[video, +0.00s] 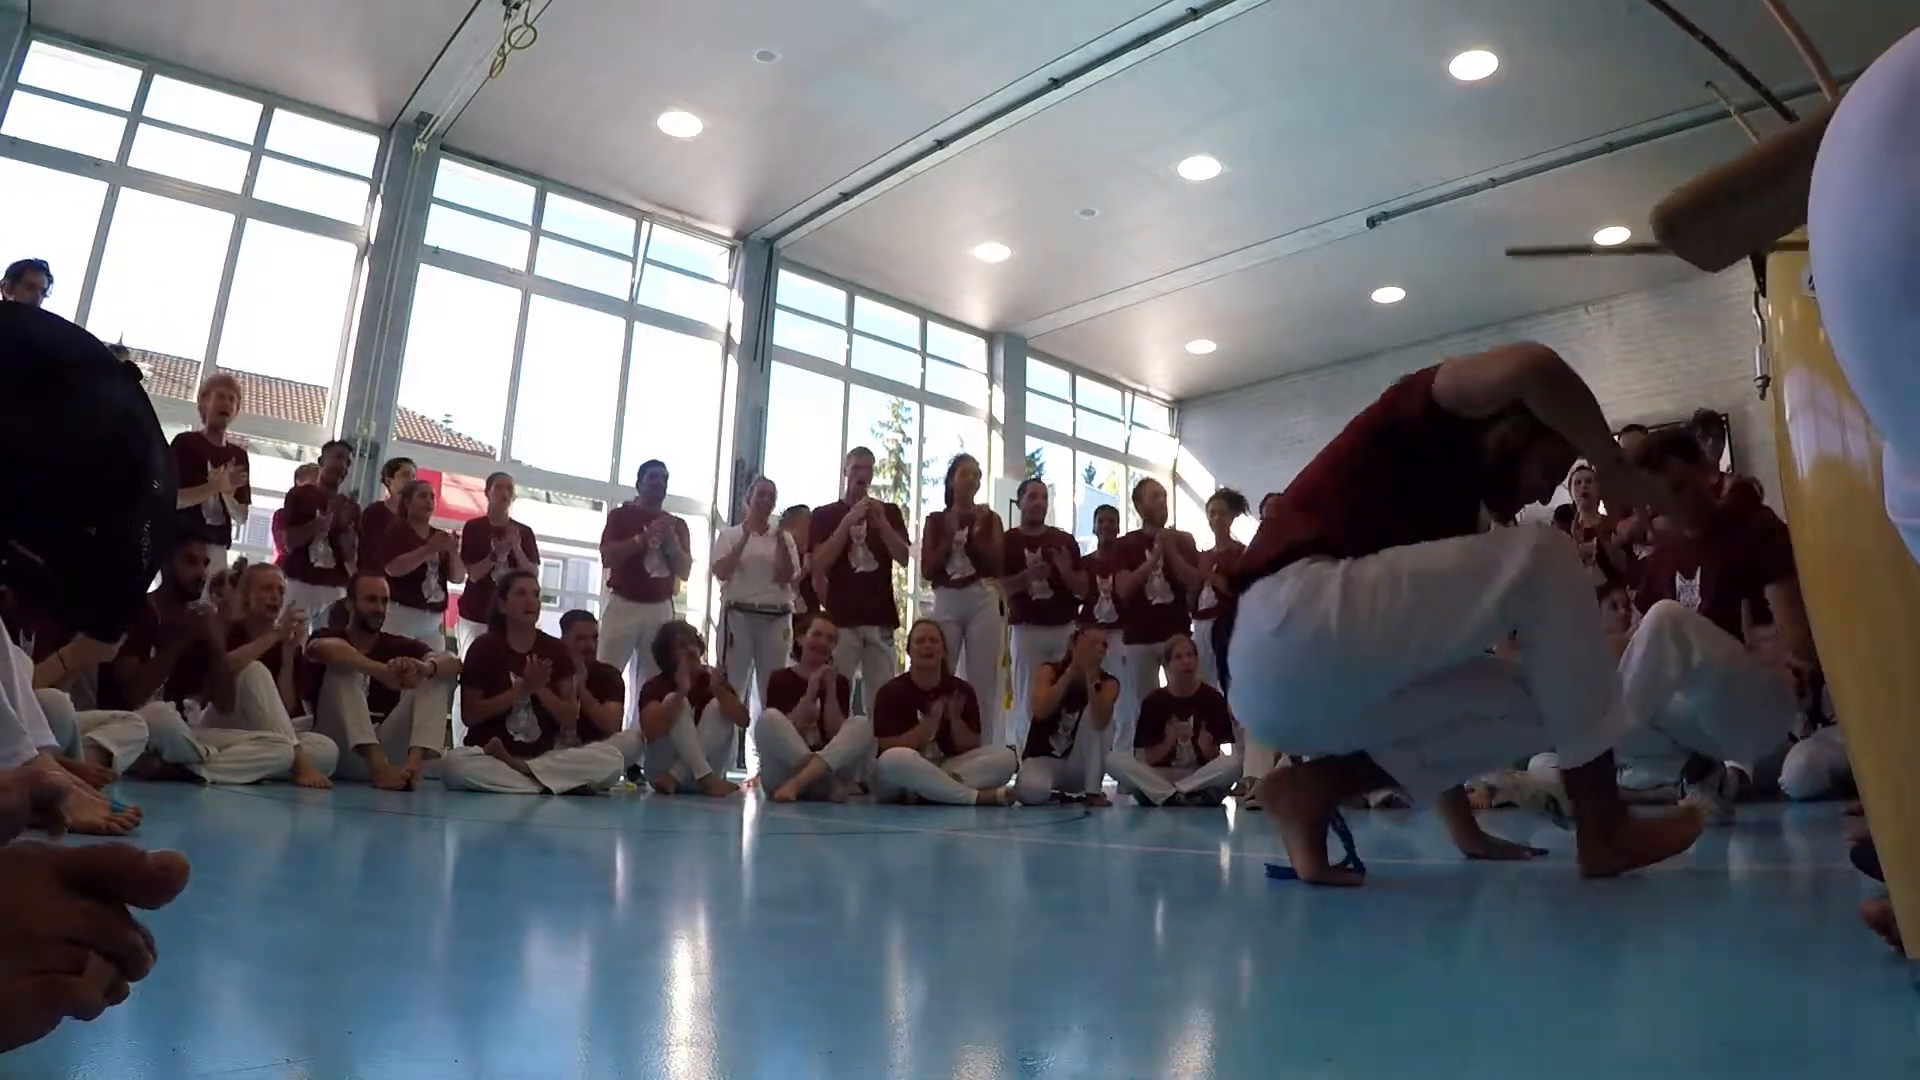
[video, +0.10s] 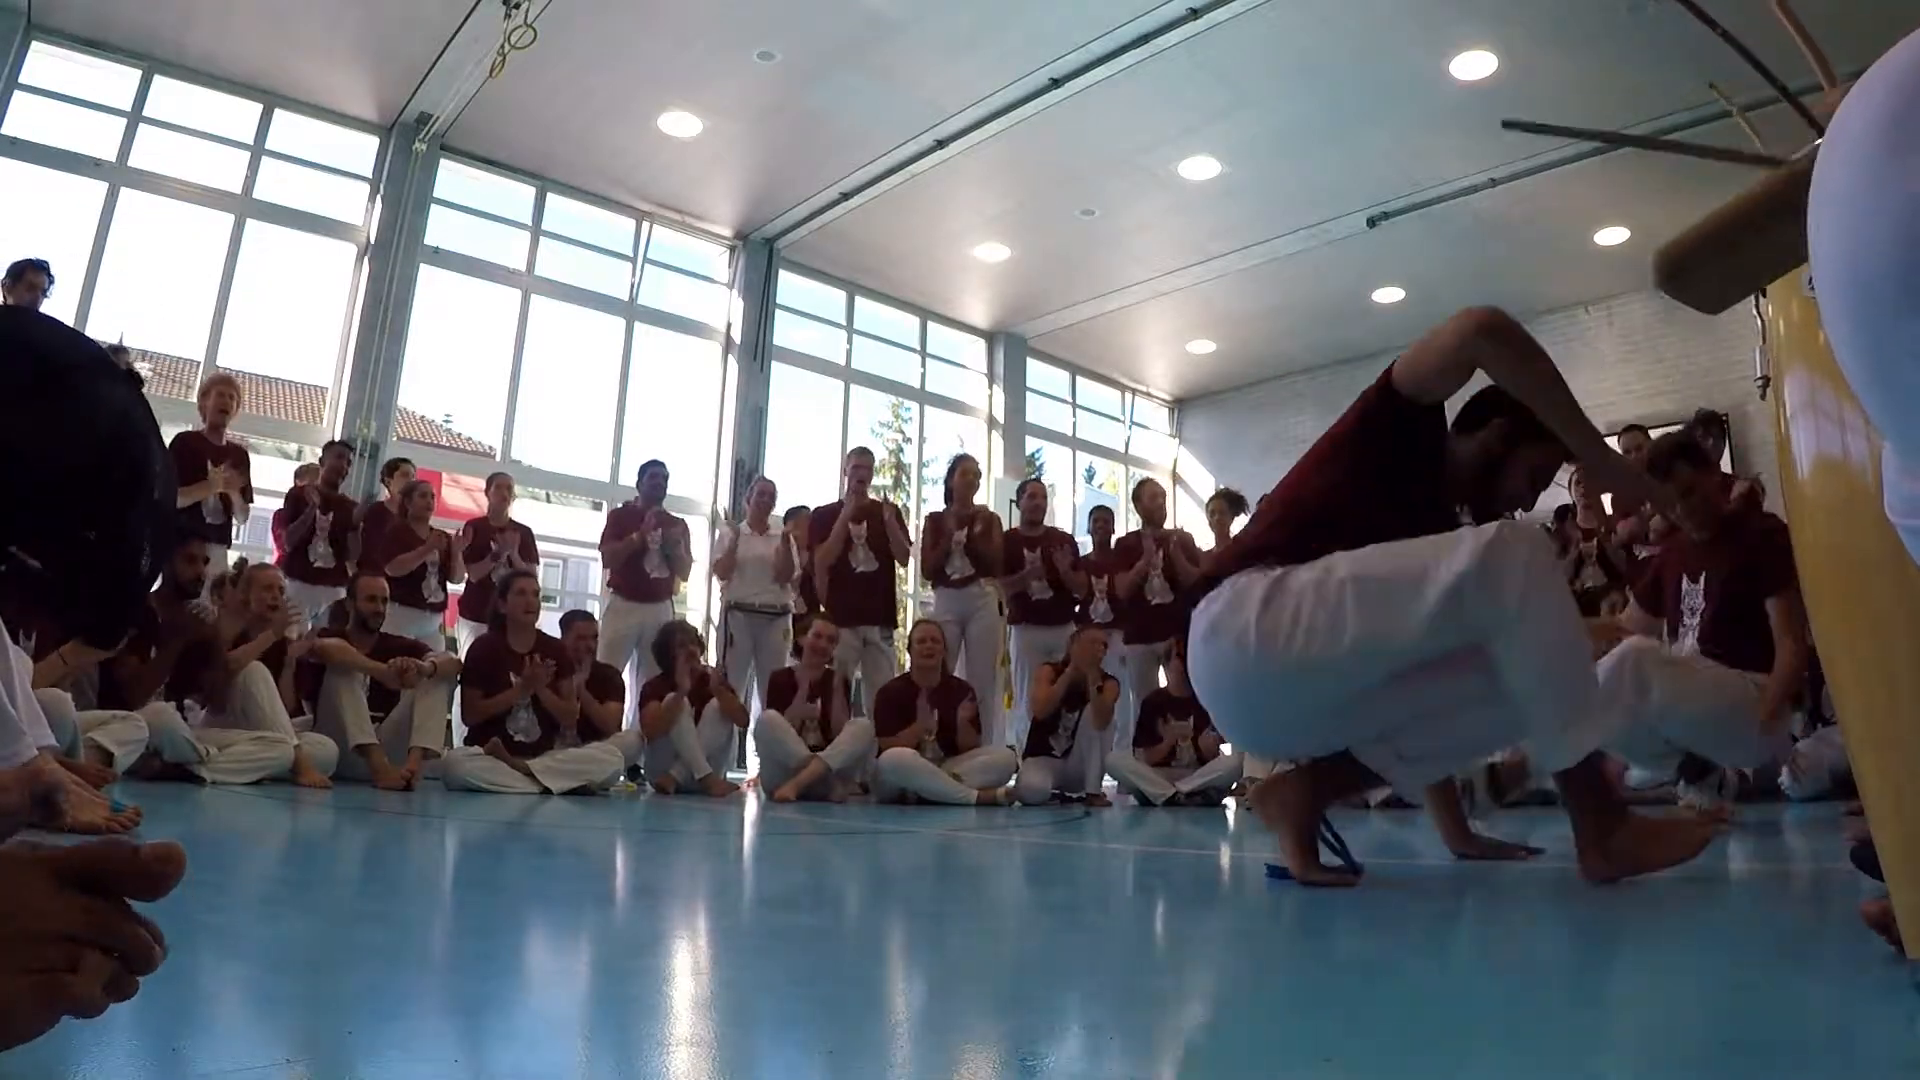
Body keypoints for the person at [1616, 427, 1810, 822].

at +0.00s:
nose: (1670, 507)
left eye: (1677, 489)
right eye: (1661, 497)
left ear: (1702, 478)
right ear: (1650, 501)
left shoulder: (1753, 526)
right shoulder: (1662, 555)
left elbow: (1795, 634)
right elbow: (1639, 635)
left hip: (1760, 711)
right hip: (1684, 711)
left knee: (1665, 619)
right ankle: (1695, 773)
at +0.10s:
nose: (1683, 510)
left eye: (1689, 493)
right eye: (1669, 504)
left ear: (1716, 479)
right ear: (1659, 508)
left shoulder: (1763, 534)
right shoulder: (1674, 553)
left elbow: (1790, 642)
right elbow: (1631, 626)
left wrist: (1772, 703)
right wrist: (1566, 635)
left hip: (1760, 707)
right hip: (1691, 702)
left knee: (1636, 659)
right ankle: (1698, 775)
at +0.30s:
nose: (1696, 524)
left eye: (1704, 509)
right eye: (1685, 512)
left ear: (1732, 491)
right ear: (1672, 507)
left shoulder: (1769, 541)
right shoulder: (1677, 546)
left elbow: (1786, 658)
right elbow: (1593, 554)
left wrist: (1753, 764)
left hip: (1747, 704)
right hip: (1689, 689)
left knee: (1595, 735)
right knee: (1578, 693)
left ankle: (1445, 791)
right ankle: (1697, 783)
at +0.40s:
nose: (1698, 524)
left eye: (1707, 509)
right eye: (1687, 513)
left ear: (1733, 495)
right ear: (1671, 509)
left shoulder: (1765, 550)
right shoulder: (1687, 551)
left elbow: (1767, 672)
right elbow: (1629, 569)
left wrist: (1744, 773)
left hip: (1738, 714)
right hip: (1690, 689)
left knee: (1597, 745)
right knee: (1573, 696)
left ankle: (1443, 801)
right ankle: (1694, 781)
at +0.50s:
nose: (1693, 524)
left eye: (1705, 507)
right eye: (1680, 511)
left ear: (1731, 492)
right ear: (1665, 507)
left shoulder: (1763, 550)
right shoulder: (1697, 546)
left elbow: (1755, 682)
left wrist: (1735, 801)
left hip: (1726, 717)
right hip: (1684, 685)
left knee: (1591, 756)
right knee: (1565, 699)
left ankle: (1439, 811)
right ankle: (1694, 783)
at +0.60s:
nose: (1651, 519)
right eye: (1653, 505)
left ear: (1699, 500)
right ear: (1693, 500)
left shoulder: (1761, 554)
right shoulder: (1690, 547)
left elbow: (1745, 689)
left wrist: (1727, 807)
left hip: (1715, 711)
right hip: (1674, 680)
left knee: (1578, 754)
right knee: (1556, 706)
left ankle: (1434, 811)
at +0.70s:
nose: (1653, 523)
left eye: (1666, 511)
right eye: (1656, 508)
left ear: (1710, 507)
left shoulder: (1763, 558)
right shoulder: (1692, 519)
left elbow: (1737, 691)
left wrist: (1727, 806)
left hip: (1705, 692)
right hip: (1660, 663)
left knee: (1560, 727)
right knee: (1543, 706)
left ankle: (1424, 811)